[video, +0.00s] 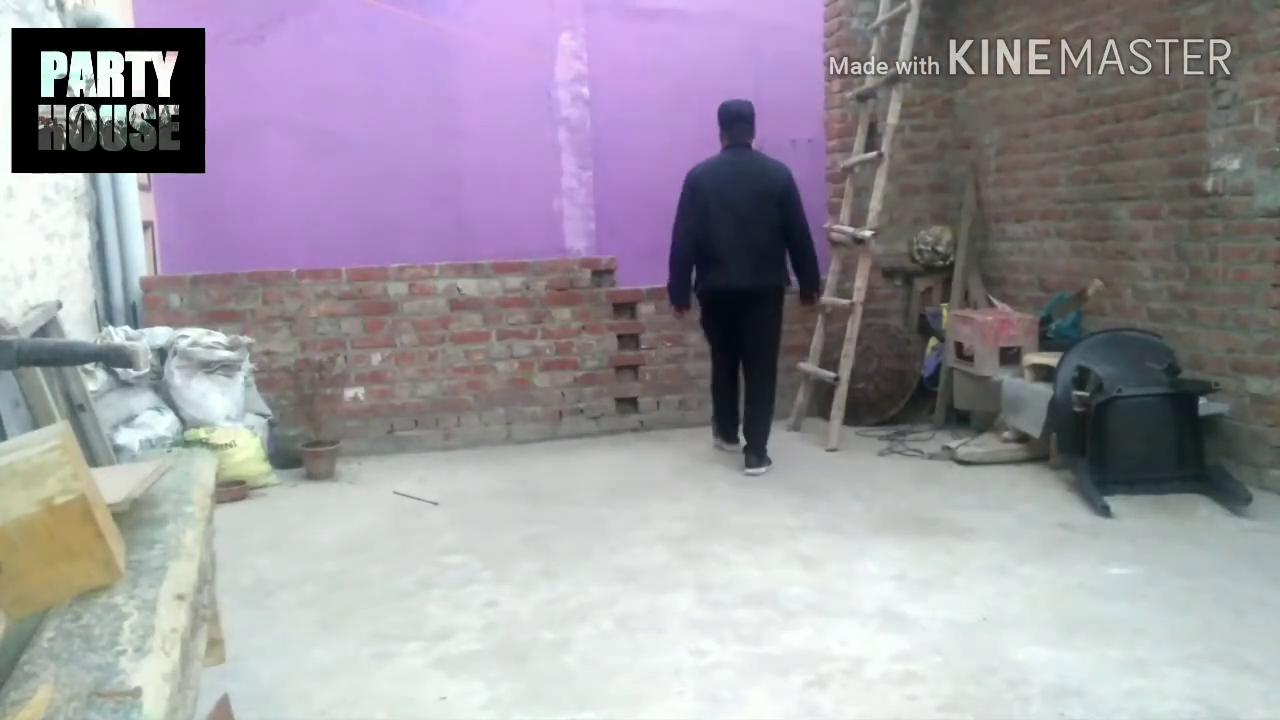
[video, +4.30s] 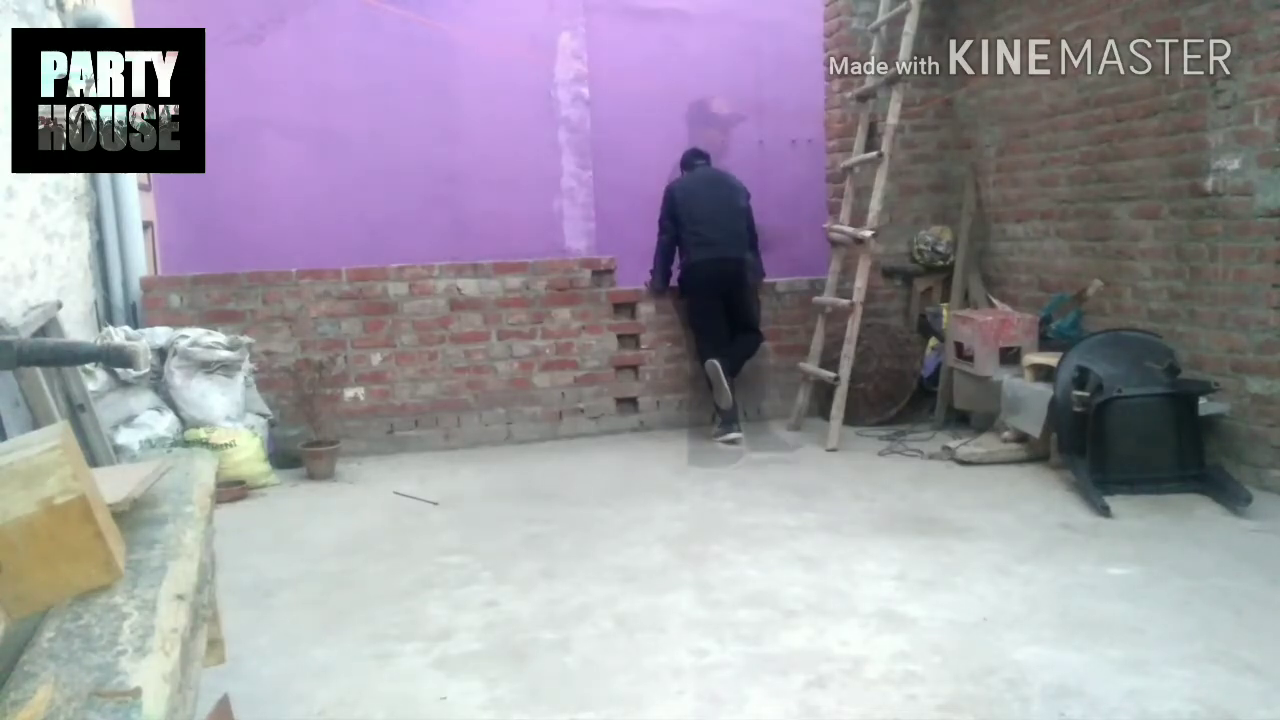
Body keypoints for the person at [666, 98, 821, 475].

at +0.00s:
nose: (735, 133)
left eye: (728, 126)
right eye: (746, 126)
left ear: (721, 130)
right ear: (753, 129)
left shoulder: (700, 177)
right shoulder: (776, 174)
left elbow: (683, 239)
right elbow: (797, 234)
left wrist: (679, 292)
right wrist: (809, 283)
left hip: (716, 291)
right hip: (764, 291)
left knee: (724, 360)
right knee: (761, 367)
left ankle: (726, 432)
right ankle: (756, 454)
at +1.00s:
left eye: (694, 167)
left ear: (690, 168)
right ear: (717, 165)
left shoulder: (680, 191)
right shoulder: (743, 187)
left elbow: (668, 241)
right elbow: (758, 235)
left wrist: (659, 282)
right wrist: (758, 270)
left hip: (703, 276)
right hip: (745, 272)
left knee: (715, 347)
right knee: (754, 338)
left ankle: (730, 425)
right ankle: (747, 397)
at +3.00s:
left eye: (679, 174)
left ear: (681, 171)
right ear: (706, 166)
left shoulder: (674, 189)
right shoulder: (734, 185)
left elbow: (666, 239)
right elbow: (748, 232)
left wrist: (659, 282)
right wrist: (757, 269)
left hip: (698, 271)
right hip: (739, 268)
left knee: (711, 342)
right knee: (750, 332)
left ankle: (729, 422)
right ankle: (723, 362)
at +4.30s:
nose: (688, 173)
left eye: (685, 168)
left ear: (684, 168)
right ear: (709, 164)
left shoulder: (676, 189)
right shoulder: (735, 185)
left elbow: (667, 238)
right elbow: (749, 231)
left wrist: (660, 280)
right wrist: (757, 270)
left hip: (697, 272)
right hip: (737, 269)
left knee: (711, 344)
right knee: (750, 332)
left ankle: (729, 423)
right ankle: (726, 367)